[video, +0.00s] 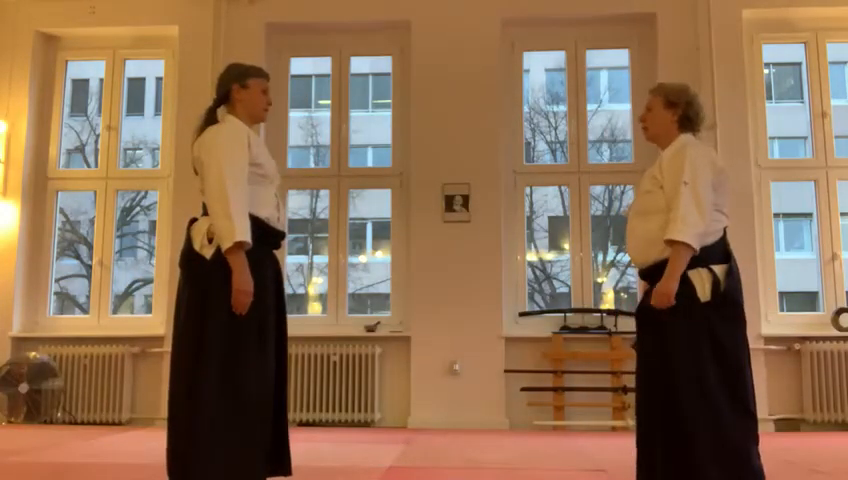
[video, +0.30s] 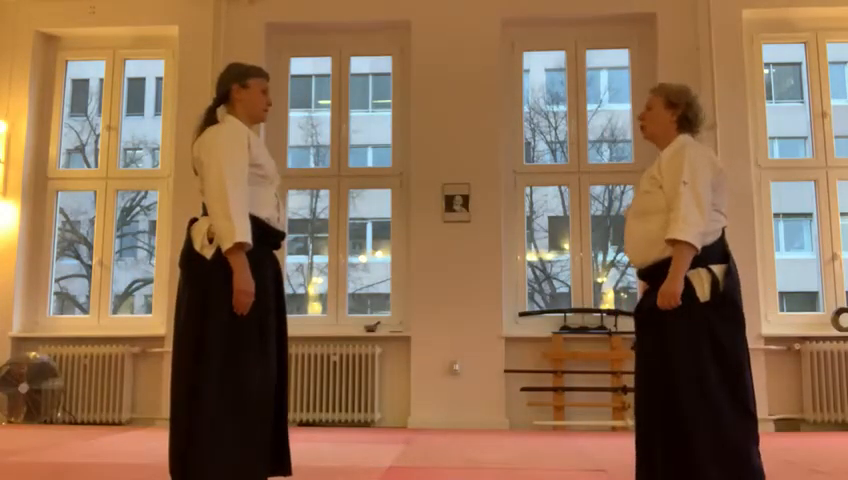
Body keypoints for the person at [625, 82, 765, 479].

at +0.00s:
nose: (642, 117)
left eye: (650, 110)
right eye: (644, 110)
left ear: (674, 113)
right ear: (671, 114)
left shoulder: (689, 152)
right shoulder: (670, 157)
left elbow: (690, 219)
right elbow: (672, 221)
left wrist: (670, 278)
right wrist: (652, 278)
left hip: (692, 282)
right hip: (669, 283)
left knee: (694, 392)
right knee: (669, 394)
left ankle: (705, 474)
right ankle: (675, 474)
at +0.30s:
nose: (641, 116)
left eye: (649, 109)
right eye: (643, 109)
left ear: (673, 113)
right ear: (668, 115)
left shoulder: (688, 152)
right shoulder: (668, 158)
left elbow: (690, 218)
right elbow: (670, 221)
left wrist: (676, 276)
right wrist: (653, 279)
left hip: (693, 283)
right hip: (667, 284)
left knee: (695, 392)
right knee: (666, 394)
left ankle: (707, 475)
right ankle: (674, 474)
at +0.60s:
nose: (640, 118)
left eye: (647, 110)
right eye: (642, 111)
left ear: (672, 113)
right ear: (667, 115)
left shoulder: (687, 152)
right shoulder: (669, 157)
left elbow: (686, 217)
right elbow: (677, 219)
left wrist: (664, 275)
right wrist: (653, 274)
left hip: (689, 281)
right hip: (668, 282)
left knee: (692, 393)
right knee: (668, 394)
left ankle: (703, 475)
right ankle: (676, 474)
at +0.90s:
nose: (634, 118)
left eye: (642, 111)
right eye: (637, 111)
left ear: (666, 115)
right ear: (664, 116)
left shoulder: (684, 153)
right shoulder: (666, 158)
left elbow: (685, 218)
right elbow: (676, 220)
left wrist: (667, 276)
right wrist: (655, 277)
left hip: (689, 281)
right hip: (667, 283)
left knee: (691, 393)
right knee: (667, 394)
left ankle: (703, 475)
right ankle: (675, 474)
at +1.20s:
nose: (629, 121)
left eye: (636, 114)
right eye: (631, 114)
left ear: (661, 118)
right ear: (657, 120)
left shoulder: (680, 154)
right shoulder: (655, 165)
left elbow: (688, 217)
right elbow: (650, 235)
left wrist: (668, 271)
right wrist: (625, 290)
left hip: (690, 280)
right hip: (663, 284)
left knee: (693, 386)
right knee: (662, 389)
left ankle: (706, 472)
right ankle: (671, 472)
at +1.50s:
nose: (618, 120)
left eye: (625, 111)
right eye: (619, 112)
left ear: (651, 115)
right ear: (642, 118)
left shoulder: (670, 151)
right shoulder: (635, 172)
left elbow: (681, 211)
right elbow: (591, 220)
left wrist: (667, 271)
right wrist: (554, 188)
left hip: (677, 282)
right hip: (647, 287)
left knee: (679, 392)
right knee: (641, 393)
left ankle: (689, 473)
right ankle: (644, 473)